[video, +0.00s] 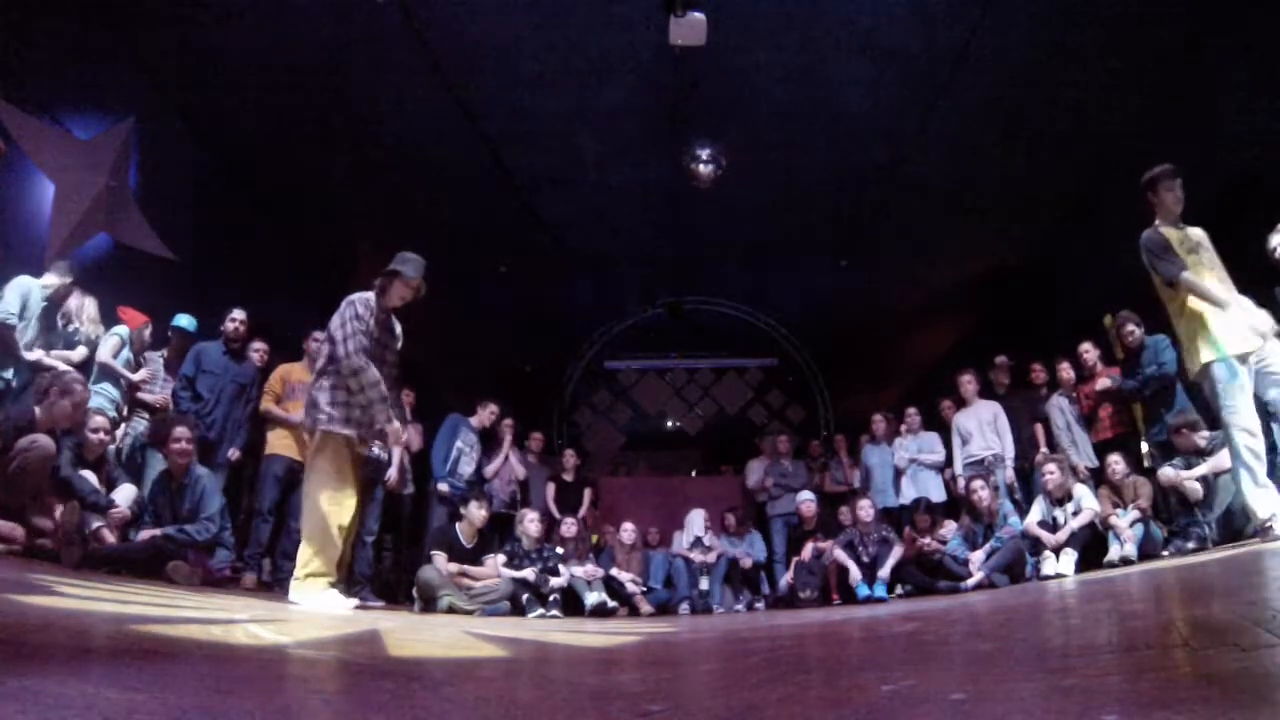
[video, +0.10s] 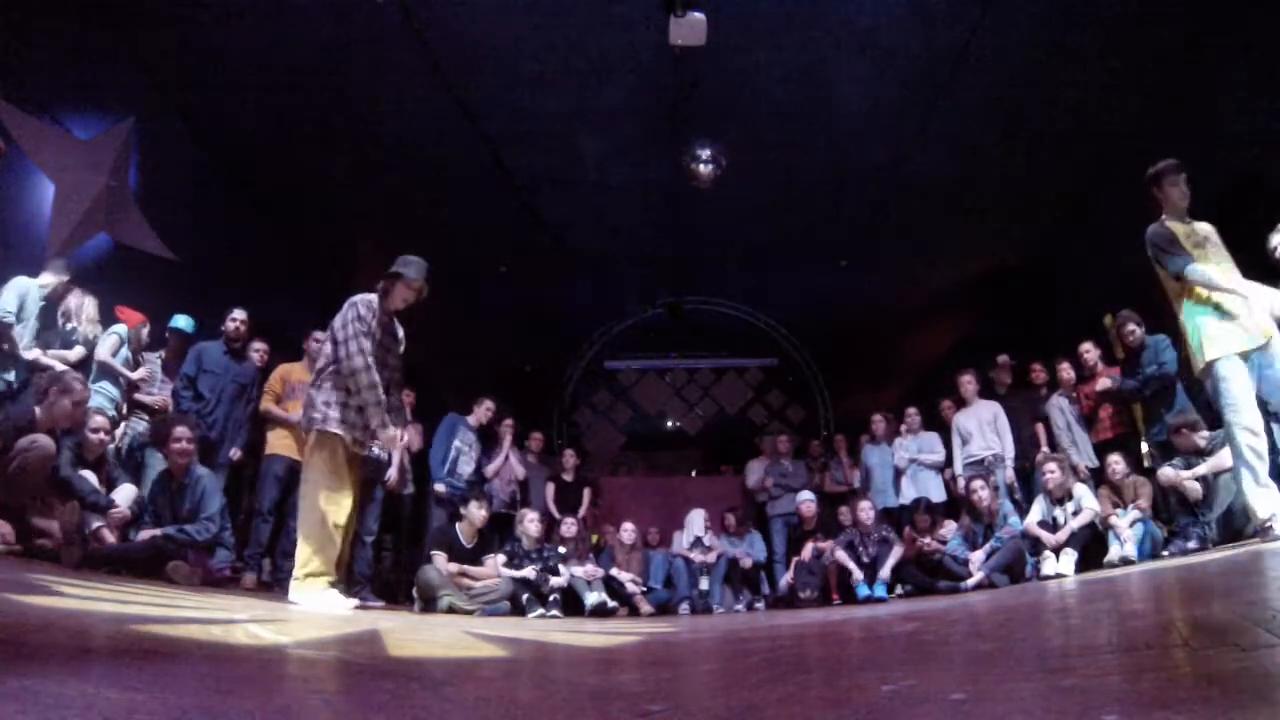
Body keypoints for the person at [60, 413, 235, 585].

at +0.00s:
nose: (184, 447)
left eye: (189, 442)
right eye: (177, 441)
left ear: (195, 447)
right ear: (164, 448)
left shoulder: (205, 479)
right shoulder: (162, 479)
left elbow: (209, 530)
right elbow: (150, 519)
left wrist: (162, 532)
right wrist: (143, 536)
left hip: (208, 553)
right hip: (171, 545)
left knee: (160, 543)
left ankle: (90, 554)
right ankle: (184, 574)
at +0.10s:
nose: (185, 447)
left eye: (190, 441)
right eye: (177, 441)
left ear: (196, 446)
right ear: (164, 448)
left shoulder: (206, 479)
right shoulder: (161, 480)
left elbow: (209, 531)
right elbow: (148, 519)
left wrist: (161, 533)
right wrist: (145, 535)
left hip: (209, 553)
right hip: (171, 546)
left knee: (158, 544)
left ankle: (91, 555)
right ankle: (184, 575)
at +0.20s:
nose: (183, 446)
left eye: (189, 441)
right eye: (176, 440)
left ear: (195, 446)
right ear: (164, 447)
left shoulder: (206, 479)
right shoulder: (161, 481)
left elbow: (208, 531)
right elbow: (149, 520)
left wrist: (161, 532)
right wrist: (146, 536)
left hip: (209, 552)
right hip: (172, 546)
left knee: (159, 544)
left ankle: (92, 554)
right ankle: (182, 574)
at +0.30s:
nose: (183, 447)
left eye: (189, 441)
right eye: (176, 441)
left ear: (194, 446)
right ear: (164, 447)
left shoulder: (206, 479)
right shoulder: (162, 480)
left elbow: (209, 530)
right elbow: (150, 521)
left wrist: (162, 532)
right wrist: (145, 537)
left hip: (209, 552)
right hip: (172, 546)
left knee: (160, 543)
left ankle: (90, 554)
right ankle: (184, 574)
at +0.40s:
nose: (183, 447)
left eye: (189, 441)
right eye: (176, 441)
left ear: (194, 446)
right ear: (164, 447)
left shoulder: (206, 479)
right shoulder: (162, 480)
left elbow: (209, 530)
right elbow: (150, 521)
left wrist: (162, 532)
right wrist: (145, 537)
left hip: (209, 553)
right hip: (172, 546)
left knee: (159, 544)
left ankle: (90, 555)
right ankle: (184, 574)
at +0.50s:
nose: (183, 447)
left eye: (188, 441)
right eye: (176, 441)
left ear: (194, 447)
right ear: (164, 447)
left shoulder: (206, 479)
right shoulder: (162, 480)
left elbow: (209, 530)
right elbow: (151, 522)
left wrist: (162, 532)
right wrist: (145, 537)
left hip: (209, 552)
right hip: (172, 546)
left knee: (160, 543)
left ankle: (90, 554)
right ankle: (185, 574)